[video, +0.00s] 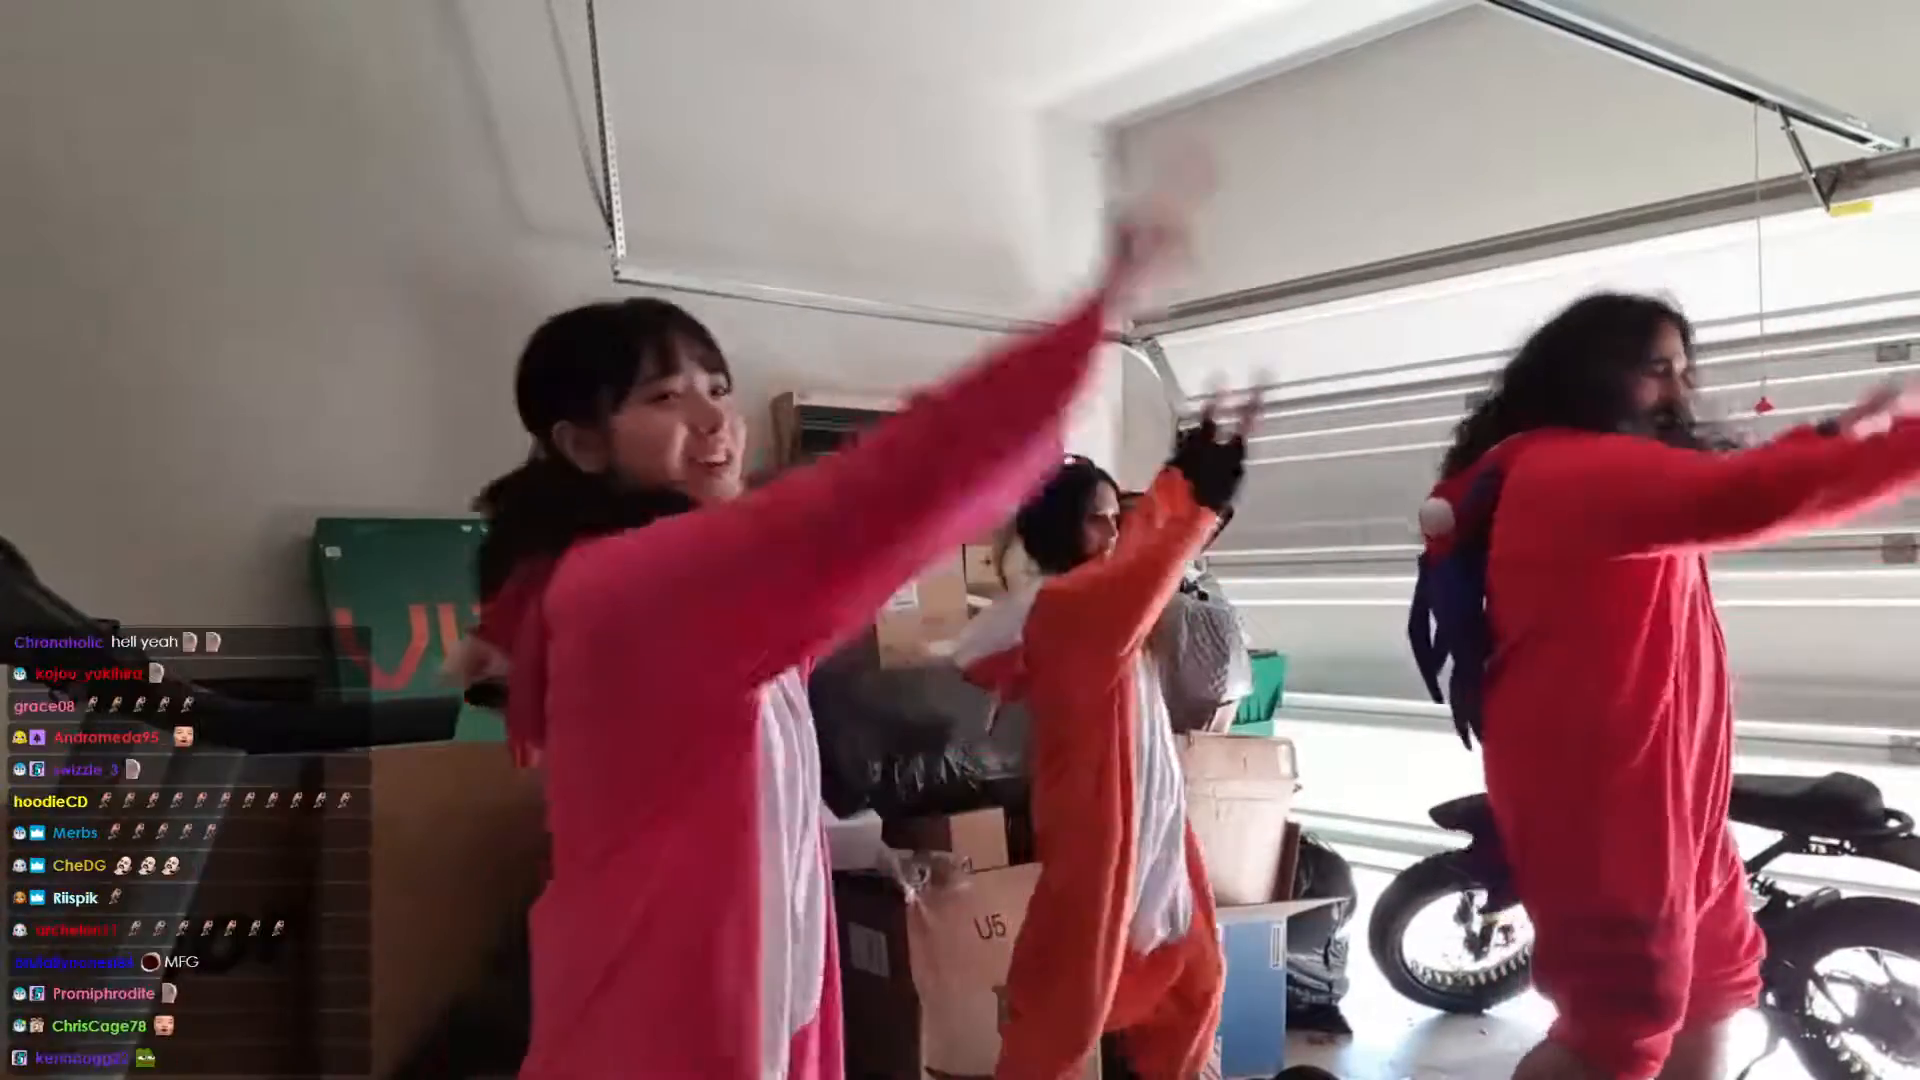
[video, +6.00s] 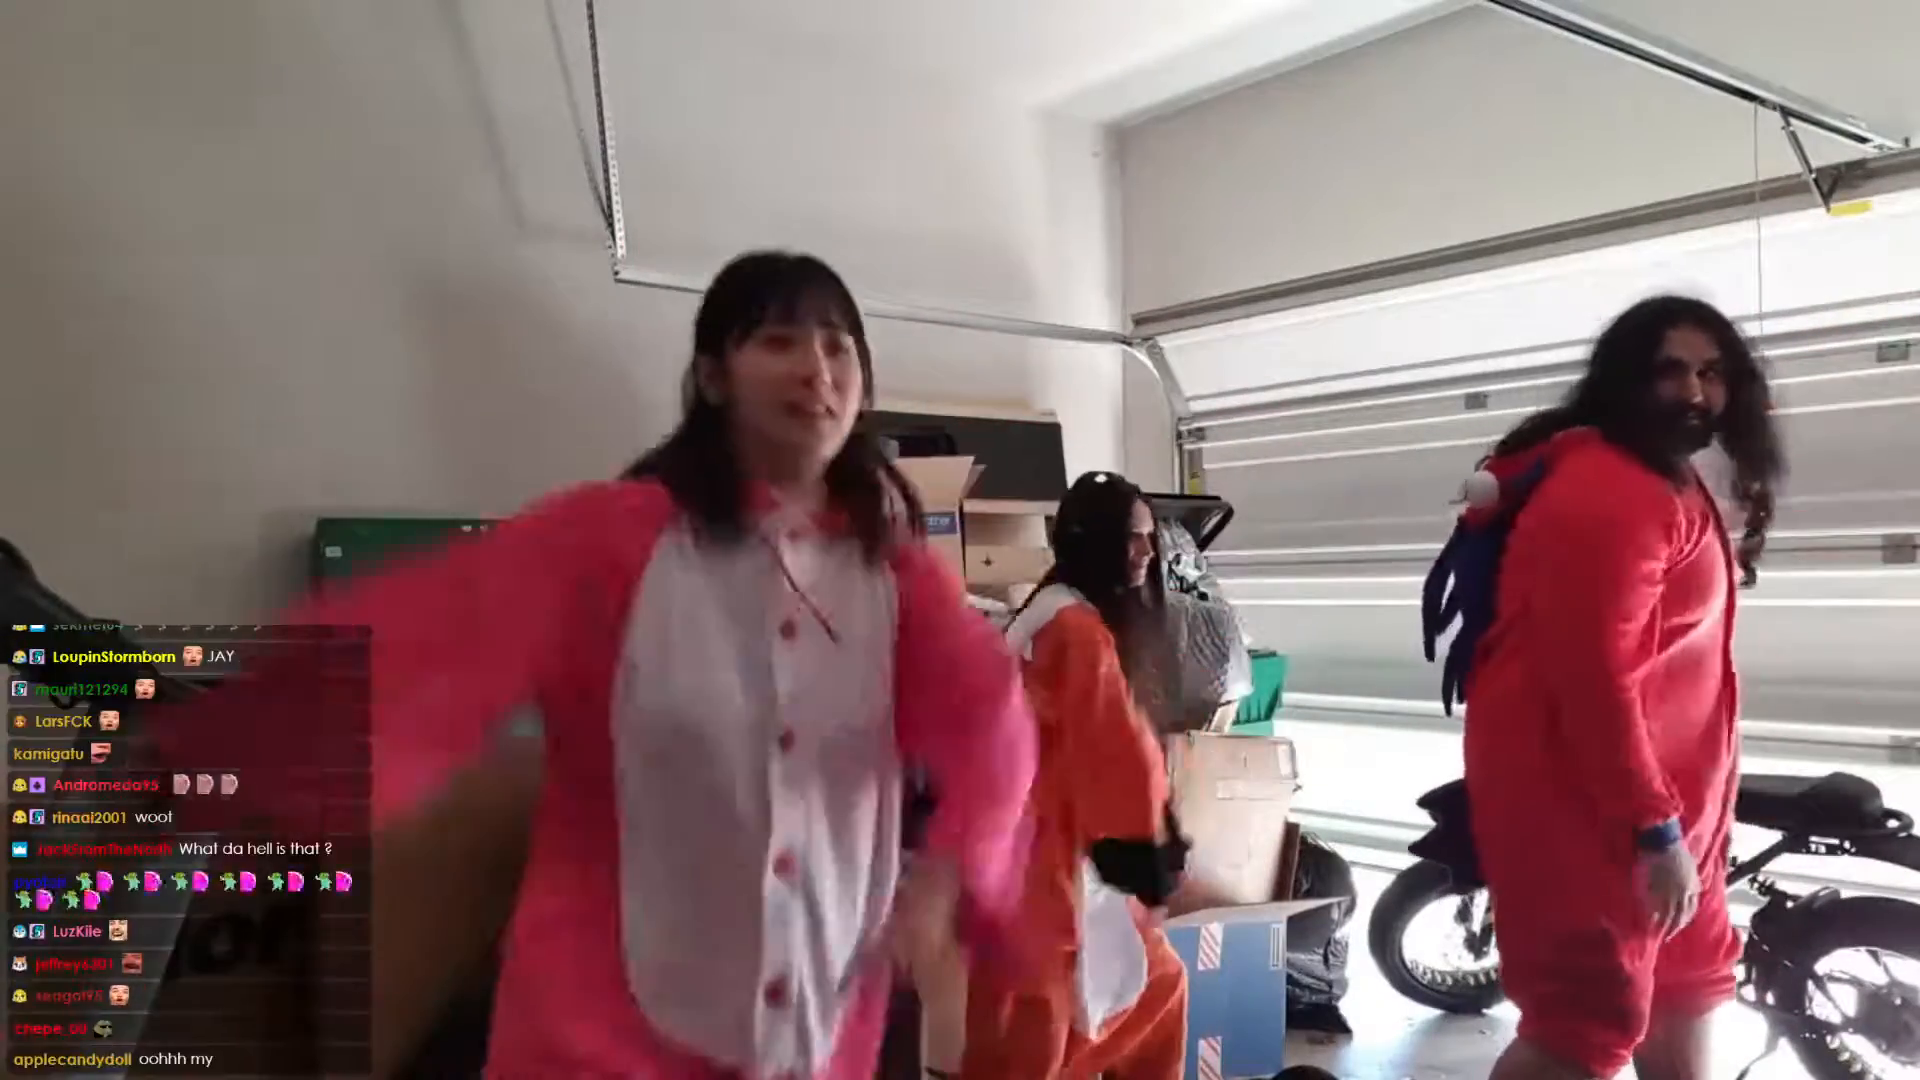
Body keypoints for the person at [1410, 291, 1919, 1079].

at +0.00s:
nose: (1679, 392)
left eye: (1684, 374)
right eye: (1657, 370)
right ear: (1592, 374)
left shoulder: (1621, 469)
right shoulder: (1559, 474)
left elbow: (1727, 473)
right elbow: (1734, 497)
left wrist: (1839, 432)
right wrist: (1909, 441)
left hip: (1671, 795)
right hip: (1598, 809)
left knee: (1716, 990)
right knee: (1620, 1030)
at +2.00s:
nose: (1681, 403)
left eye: (1682, 383)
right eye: (1662, 384)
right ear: (1602, 390)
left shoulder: (1610, 470)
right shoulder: (1568, 483)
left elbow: (1700, 454)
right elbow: (1763, 467)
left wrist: (1770, 357)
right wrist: (1875, 321)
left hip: (1664, 783)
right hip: (1596, 800)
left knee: (1717, 985)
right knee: (1623, 1026)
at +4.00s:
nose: (1671, 370)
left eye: (1684, 352)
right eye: (1645, 350)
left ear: (1699, 369)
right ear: (1593, 365)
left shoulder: (1654, 473)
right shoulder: (1587, 479)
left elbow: (1700, 632)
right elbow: (1676, 643)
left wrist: (1770, 681)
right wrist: (1816, 738)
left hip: (1658, 786)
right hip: (1587, 793)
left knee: (1660, 1000)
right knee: (1576, 1020)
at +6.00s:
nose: (1695, 391)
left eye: (1713, 373)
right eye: (1670, 371)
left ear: (1730, 389)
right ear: (1627, 380)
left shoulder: (1675, 485)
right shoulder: (1603, 491)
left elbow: (1664, 667)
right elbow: (1592, 675)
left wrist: (1691, 812)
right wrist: (1655, 828)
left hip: (1662, 798)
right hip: (1578, 807)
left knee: (1689, 984)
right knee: (1586, 1027)